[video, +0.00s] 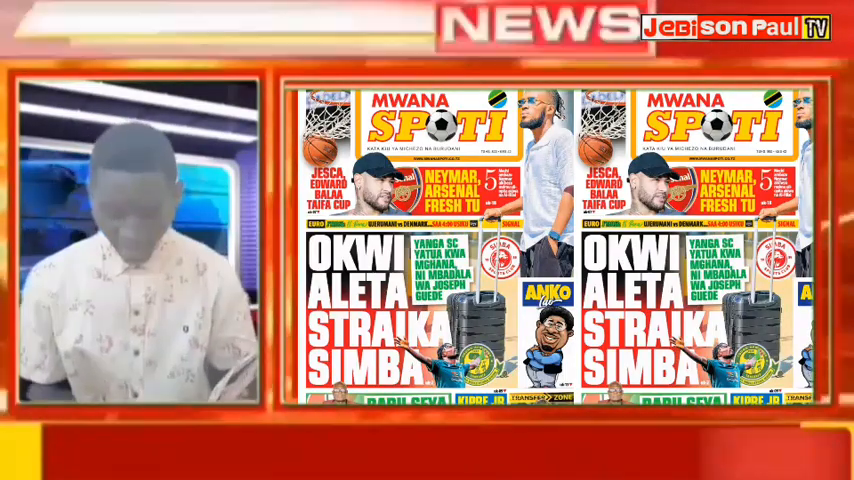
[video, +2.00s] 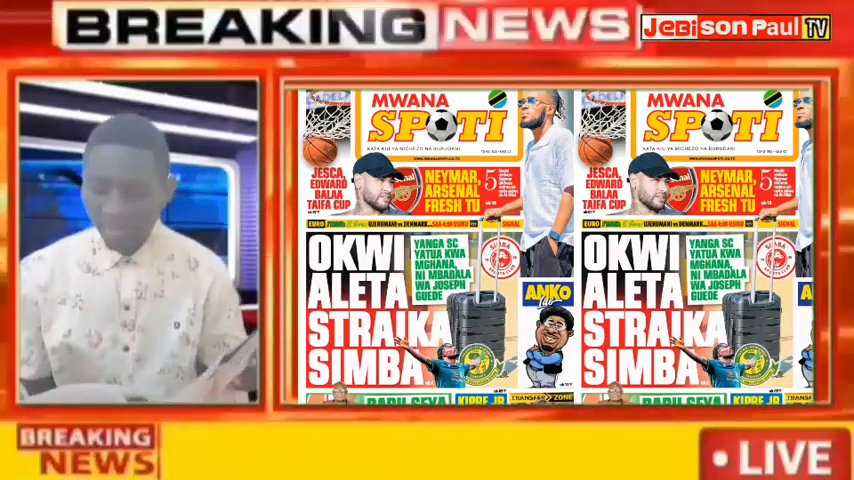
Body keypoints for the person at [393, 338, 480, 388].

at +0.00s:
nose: (453, 348)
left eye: (453, 347)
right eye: (449, 347)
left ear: (455, 351)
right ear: (443, 354)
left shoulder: (462, 367)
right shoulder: (438, 365)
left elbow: (474, 365)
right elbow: (423, 359)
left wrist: (478, 360)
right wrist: (408, 348)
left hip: (461, 403)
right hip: (444, 403)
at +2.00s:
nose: (453, 348)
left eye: (453, 347)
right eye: (449, 347)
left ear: (455, 351)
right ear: (443, 354)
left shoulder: (462, 367)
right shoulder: (438, 365)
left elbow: (474, 365)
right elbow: (423, 359)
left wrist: (478, 360)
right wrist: (408, 348)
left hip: (461, 403)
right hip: (444, 403)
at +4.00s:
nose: (453, 348)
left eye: (453, 347)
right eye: (449, 348)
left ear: (456, 352)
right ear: (443, 354)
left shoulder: (462, 367)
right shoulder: (439, 365)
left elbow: (474, 365)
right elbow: (423, 359)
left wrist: (478, 360)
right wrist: (408, 348)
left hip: (461, 403)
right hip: (445, 403)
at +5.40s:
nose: (453, 348)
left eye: (453, 347)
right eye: (449, 347)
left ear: (456, 352)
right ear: (443, 354)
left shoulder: (462, 367)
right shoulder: (439, 365)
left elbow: (474, 365)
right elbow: (423, 359)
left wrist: (478, 360)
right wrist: (407, 348)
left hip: (461, 403)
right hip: (444, 403)